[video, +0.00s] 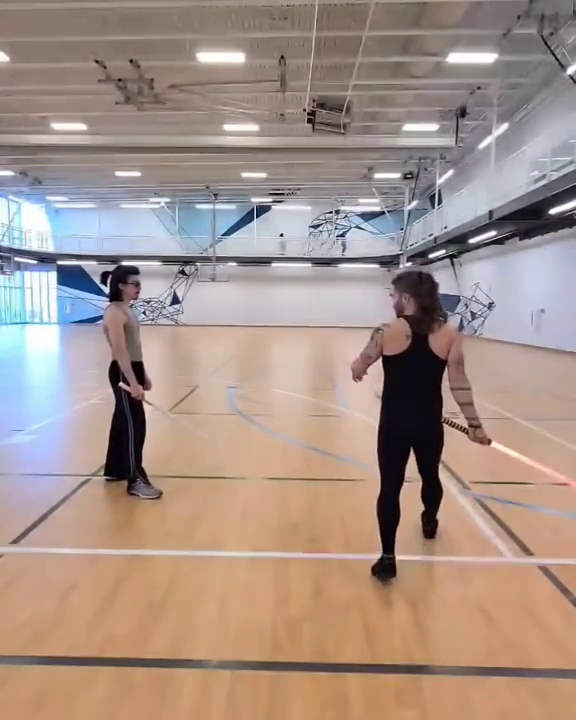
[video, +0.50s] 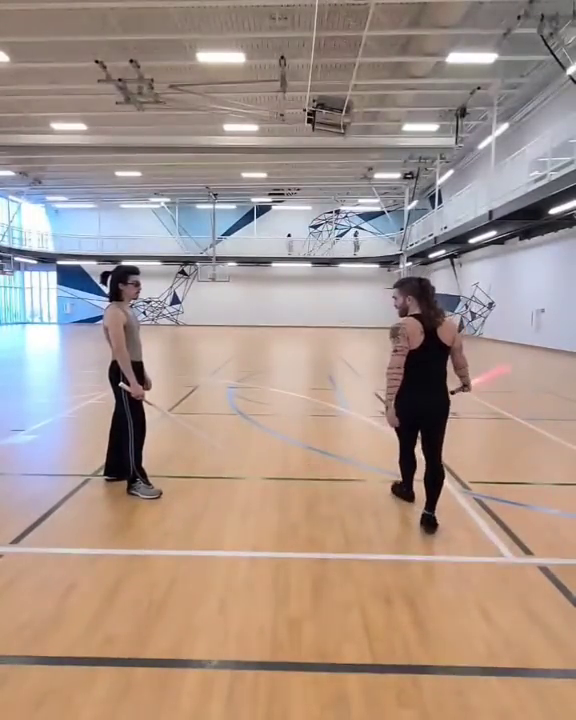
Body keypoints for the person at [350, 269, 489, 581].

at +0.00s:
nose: (392, 301)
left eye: (395, 296)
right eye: (393, 295)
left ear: (408, 298)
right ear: (429, 298)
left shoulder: (388, 332)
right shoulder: (450, 336)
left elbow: (360, 365)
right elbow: (459, 386)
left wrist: (357, 372)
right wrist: (475, 426)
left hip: (394, 426)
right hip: (429, 427)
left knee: (389, 488)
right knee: (430, 476)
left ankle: (388, 557)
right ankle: (430, 522)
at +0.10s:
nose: (397, 302)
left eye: (400, 297)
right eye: (397, 297)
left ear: (411, 298)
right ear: (431, 298)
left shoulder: (396, 331)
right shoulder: (453, 334)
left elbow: (372, 365)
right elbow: (463, 379)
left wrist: (358, 377)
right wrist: (477, 416)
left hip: (400, 418)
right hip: (434, 420)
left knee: (387, 478)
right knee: (432, 469)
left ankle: (390, 536)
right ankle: (430, 521)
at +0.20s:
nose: (397, 299)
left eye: (399, 293)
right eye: (397, 293)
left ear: (412, 294)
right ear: (429, 294)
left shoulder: (401, 326)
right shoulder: (454, 327)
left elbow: (381, 366)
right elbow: (465, 370)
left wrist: (367, 388)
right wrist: (481, 403)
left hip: (405, 409)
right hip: (438, 410)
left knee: (389, 459)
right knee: (433, 465)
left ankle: (401, 510)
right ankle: (430, 520)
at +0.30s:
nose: (397, 296)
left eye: (400, 291)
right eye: (397, 291)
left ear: (414, 292)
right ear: (427, 293)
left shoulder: (405, 323)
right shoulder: (454, 324)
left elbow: (390, 364)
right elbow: (466, 364)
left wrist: (378, 395)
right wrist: (480, 392)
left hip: (406, 401)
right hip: (438, 404)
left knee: (397, 450)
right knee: (433, 462)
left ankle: (408, 503)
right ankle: (429, 519)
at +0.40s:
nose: (397, 301)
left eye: (399, 295)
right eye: (397, 295)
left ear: (413, 296)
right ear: (425, 296)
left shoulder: (406, 325)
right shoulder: (452, 323)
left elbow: (395, 368)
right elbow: (464, 362)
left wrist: (387, 401)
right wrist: (475, 386)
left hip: (408, 402)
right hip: (438, 404)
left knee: (405, 450)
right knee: (433, 460)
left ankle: (407, 492)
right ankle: (429, 518)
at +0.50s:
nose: (394, 303)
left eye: (397, 299)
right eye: (394, 299)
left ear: (410, 299)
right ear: (420, 298)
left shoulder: (405, 326)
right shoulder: (448, 324)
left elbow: (396, 368)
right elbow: (459, 359)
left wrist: (390, 403)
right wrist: (465, 381)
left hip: (408, 401)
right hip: (437, 402)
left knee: (406, 448)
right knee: (434, 457)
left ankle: (407, 487)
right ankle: (430, 513)